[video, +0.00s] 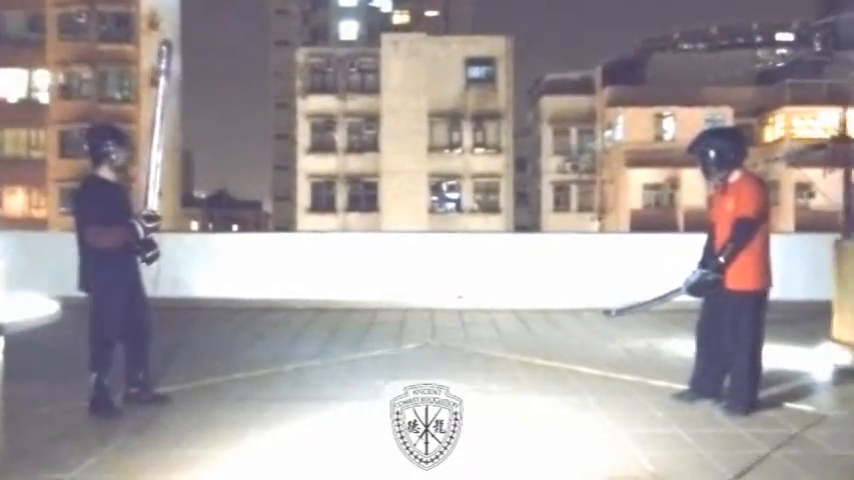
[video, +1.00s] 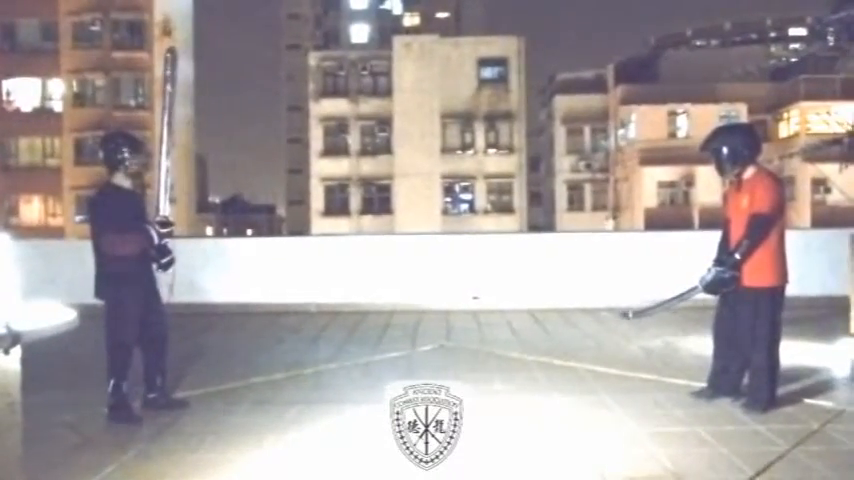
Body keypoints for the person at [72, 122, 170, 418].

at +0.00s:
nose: (126, 154)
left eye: (126, 149)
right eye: (121, 149)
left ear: (110, 151)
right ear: (107, 151)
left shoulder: (117, 188)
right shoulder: (91, 190)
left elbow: (118, 226)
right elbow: (93, 235)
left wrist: (138, 225)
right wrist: (133, 237)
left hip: (125, 270)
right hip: (103, 273)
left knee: (138, 325)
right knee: (105, 331)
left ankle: (138, 385)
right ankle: (99, 390)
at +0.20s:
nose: (142, 157)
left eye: (141, 151)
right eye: (137, 151)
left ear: (124, 153)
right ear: (123, 153)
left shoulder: (133, 191)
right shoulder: (107, 192)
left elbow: (136, 228)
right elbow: (110, 236)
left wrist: (155, 229)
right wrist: (149, 236)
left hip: (140, 271)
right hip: (118, 274)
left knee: (154, 325)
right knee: (121, 330)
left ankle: (154, 384)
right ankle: (115, 389)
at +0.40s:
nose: (147, 159)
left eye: (146, 153)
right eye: (142, 153)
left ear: (129, 155)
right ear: (128, 155)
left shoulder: (137, 192)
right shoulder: (112, 194)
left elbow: (138, 229)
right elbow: (115, 239)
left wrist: (158, 229)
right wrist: (154, 241)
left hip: (145, 274)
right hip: (124, 277)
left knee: (158, 328)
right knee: (126, 333)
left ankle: (159, 385)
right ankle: (120, 391)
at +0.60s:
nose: (148, 163)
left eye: (147, 157)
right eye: (143, 157)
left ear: (130, 159)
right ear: (128, 159)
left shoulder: (138, 196)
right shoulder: (110, 198)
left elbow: (139, 233)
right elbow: (112, 242)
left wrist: (158, 236)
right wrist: (152, 244)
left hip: (146, 278)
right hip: (123, 281)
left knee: (160, 330)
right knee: (127, 335)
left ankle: (160, 389)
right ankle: (122, 396)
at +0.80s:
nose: (147, 163)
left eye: (146, 157)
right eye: (142, 157)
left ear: (128, 159)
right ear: (126, 159)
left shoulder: (136, 196)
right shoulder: (108, 198)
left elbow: (138, 232)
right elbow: (111, 242)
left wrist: (157, 241)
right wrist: (150, 245)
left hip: (144, 279)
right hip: (121, 282)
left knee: (157, 331)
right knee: (124, 336)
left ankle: (158, 389)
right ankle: (119, 397)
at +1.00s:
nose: (144, 163)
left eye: (143, 157)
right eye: (138, 157)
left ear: (121, 159)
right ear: (123, 160)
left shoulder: (133, 196)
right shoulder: (107, 199)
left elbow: (134, 234)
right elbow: (111, 244)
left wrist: (153, 234)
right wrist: (150, 248)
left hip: (141, 279)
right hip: (119, 281)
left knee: (155, 331)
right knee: (122, 338)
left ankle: (156, 390)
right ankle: (117, 398)